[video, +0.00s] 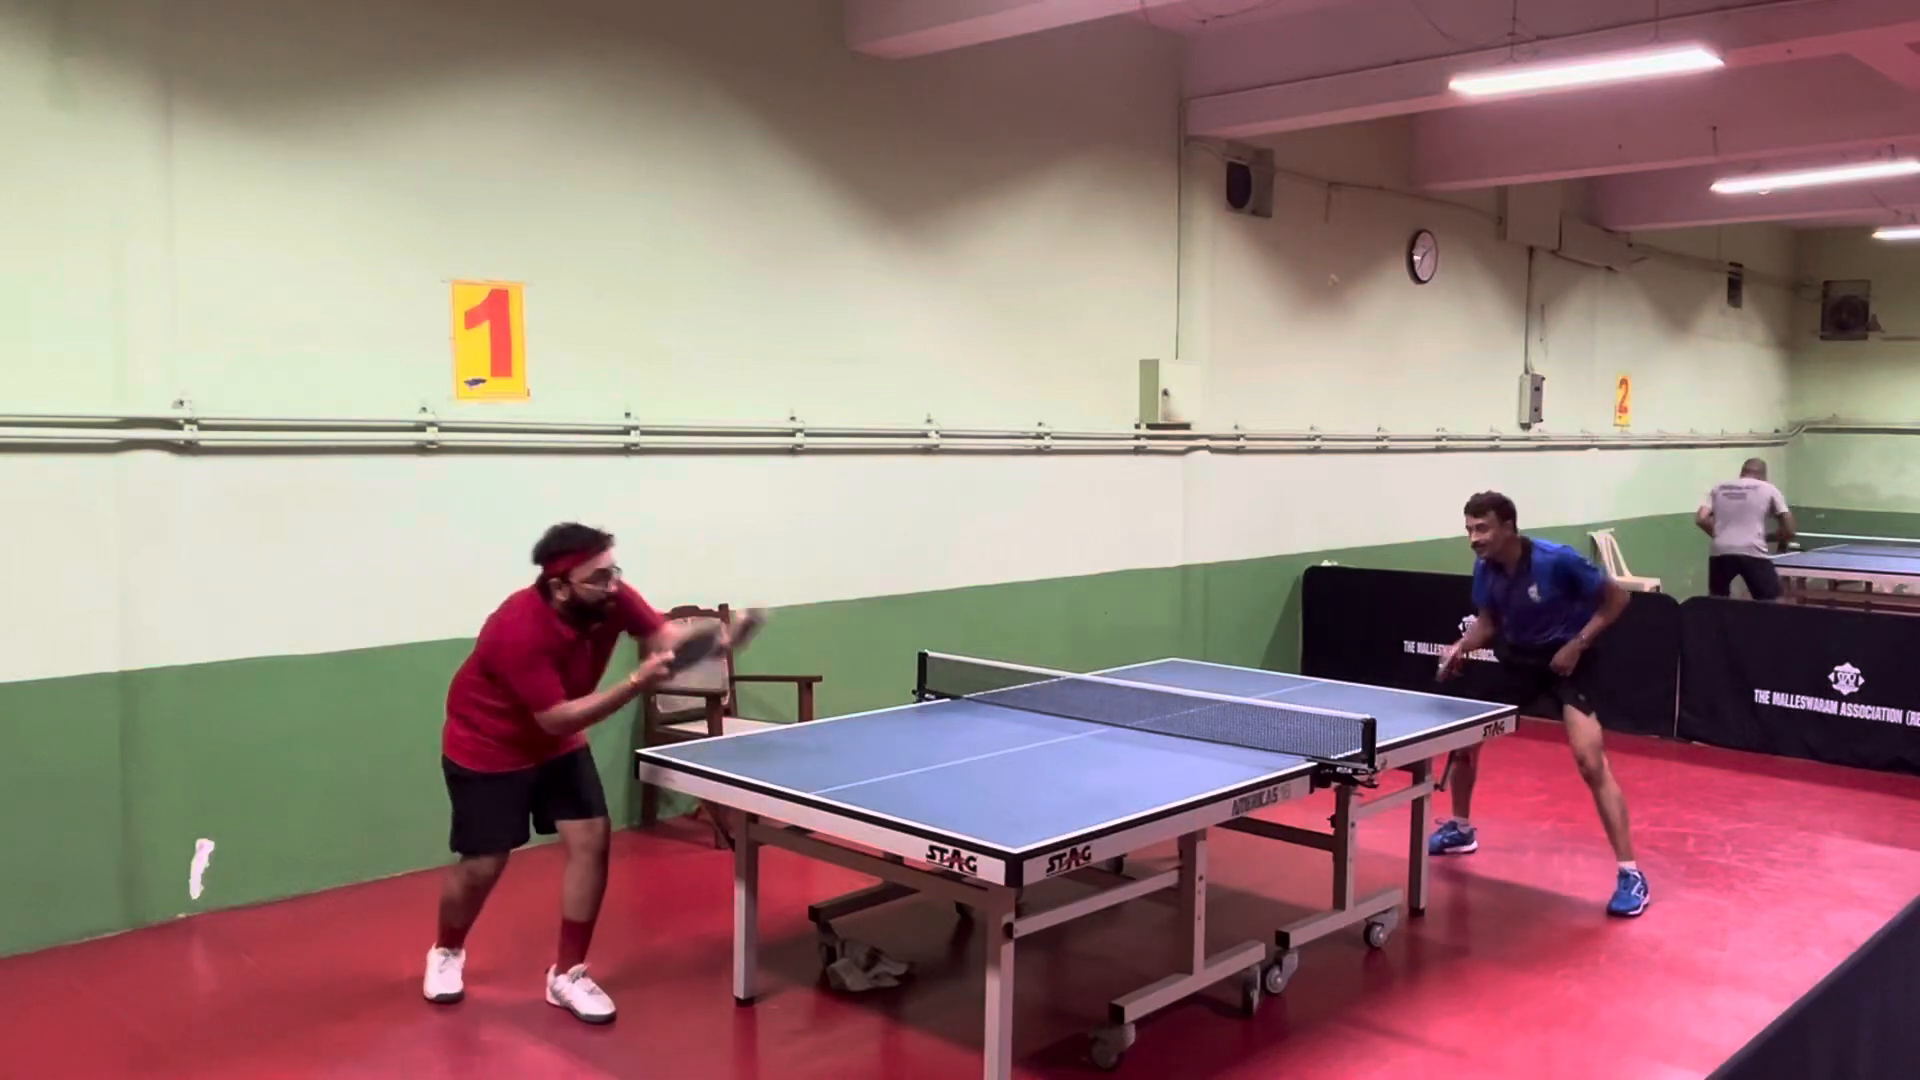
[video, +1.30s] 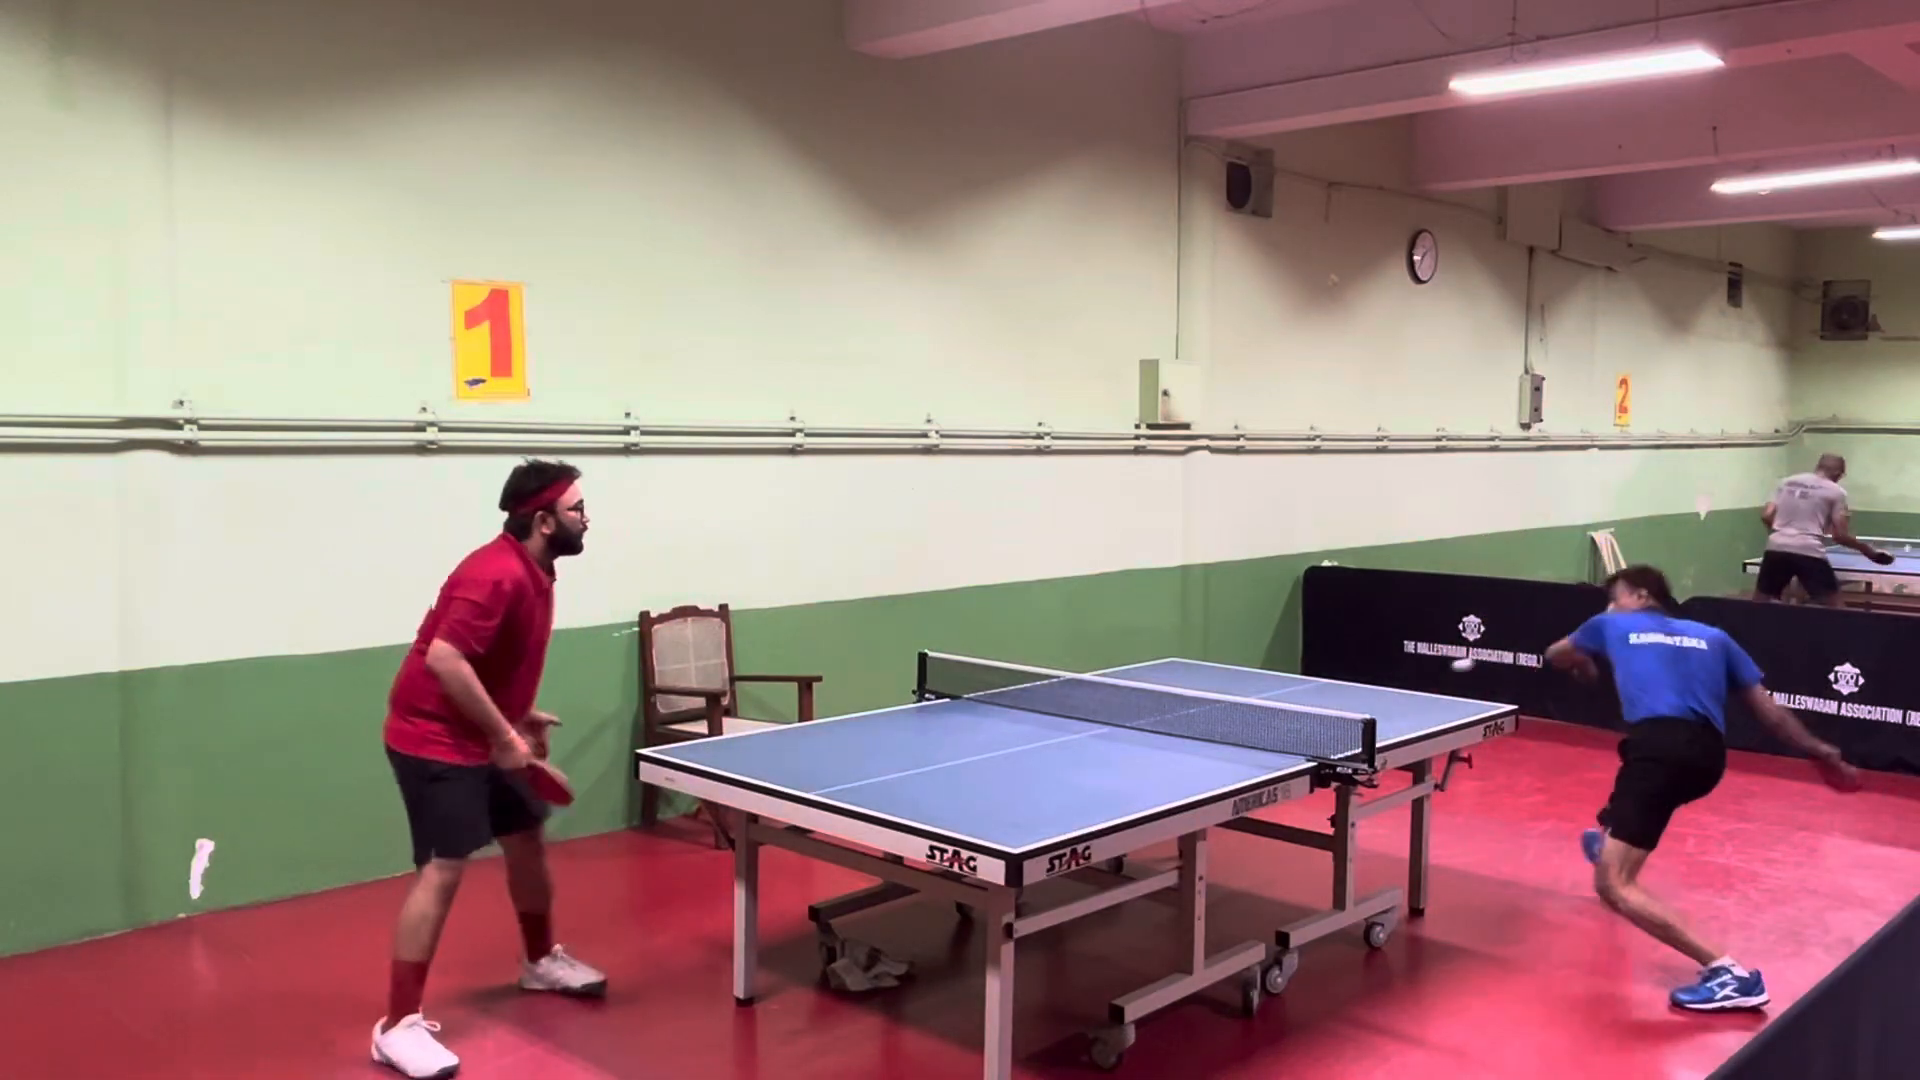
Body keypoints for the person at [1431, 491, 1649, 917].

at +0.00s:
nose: (1474, 538)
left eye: (1481, 530)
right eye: (1470, 531)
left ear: (1509, 527)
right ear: (1471, 532)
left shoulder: (1558, 561)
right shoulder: (1484, 571)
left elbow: (1617, 596)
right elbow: (1488, 624)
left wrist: (1578, 644)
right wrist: (1459, 648)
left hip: (1567, 666)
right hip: (1514, 665)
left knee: (1590, 763)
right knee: (1463, 734)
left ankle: (1629, 874)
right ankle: (1460, 826)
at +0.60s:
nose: (1516, 531)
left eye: (1524, 522)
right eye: (1513, 523)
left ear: (1554, 523)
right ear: (1518, 526)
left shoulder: (1589, 568)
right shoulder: (1541, 575)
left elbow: (1621, 643)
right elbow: (1545, 634)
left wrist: (1569, 679)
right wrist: (1487, 650)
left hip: (1619, 677)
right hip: (1576, 675)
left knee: (1602, 784)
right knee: (1516, 742)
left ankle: (1632, 877)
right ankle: (1523, 843)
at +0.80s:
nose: (1519, 540)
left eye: (1526, 530)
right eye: (1516, 532)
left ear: (1555, 529)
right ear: (1536, 534)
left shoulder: (1576, 570)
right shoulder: (1563, 576)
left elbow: (1596, 647)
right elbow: (1575, 648)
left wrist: (1561, 690)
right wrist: (1512, 661)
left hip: (1637, 677)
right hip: (1605, 677)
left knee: (1600, 783)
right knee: (1553, 764)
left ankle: (1667, 889)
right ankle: (1590, 866)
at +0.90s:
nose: (1526, 558)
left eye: (1533, 549)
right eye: (1524, 550)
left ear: (1563, 548)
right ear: (1566, 552)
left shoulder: (1571, 587)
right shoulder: (1595, 580)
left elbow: (1568, 674)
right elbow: (1603, 669)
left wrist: (1545, 711)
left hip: (1640, 697)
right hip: (1620, 698)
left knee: (1616, 808)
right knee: (1557, 761)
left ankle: (1686, 922)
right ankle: (1589, 867)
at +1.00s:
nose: (1541, 578)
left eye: (1547, 568)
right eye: (1539, 569)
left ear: (1576, 566)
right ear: (1583, 570)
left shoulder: (1570, 607)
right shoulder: (1633, 601)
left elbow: (1543, 690)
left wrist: (1533, 714)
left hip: (1640, 711)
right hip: (1670, 708)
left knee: (1629, 834)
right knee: (1574, 762)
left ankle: (1707, 945)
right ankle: (1591, 866)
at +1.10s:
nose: (1562, 600)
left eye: (1567, 590)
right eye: (1561, 592)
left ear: (1595, 587)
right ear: (1605, 589)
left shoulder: (1576, 627)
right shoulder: (1667, 624)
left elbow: (1532, 692)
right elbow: (1730, 691)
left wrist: (1531, 708)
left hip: (1645, 737)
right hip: (1691, 737)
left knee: (1630, 870)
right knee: (1596, 775)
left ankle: (1724, 967)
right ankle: (1597, 870)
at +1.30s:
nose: (1612, 607)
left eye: (1616, 599)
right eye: (1612, 600)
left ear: (1642, 596)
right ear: (1660, 602)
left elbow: (1555, 655)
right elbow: (1769, 709)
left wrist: (1580, 664)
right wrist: (1820, 749)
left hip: (1654, 751)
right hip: (1708, 759)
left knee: (1614, 885)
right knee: (1640, 801)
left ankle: (1725, 971)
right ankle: (1608, 851)